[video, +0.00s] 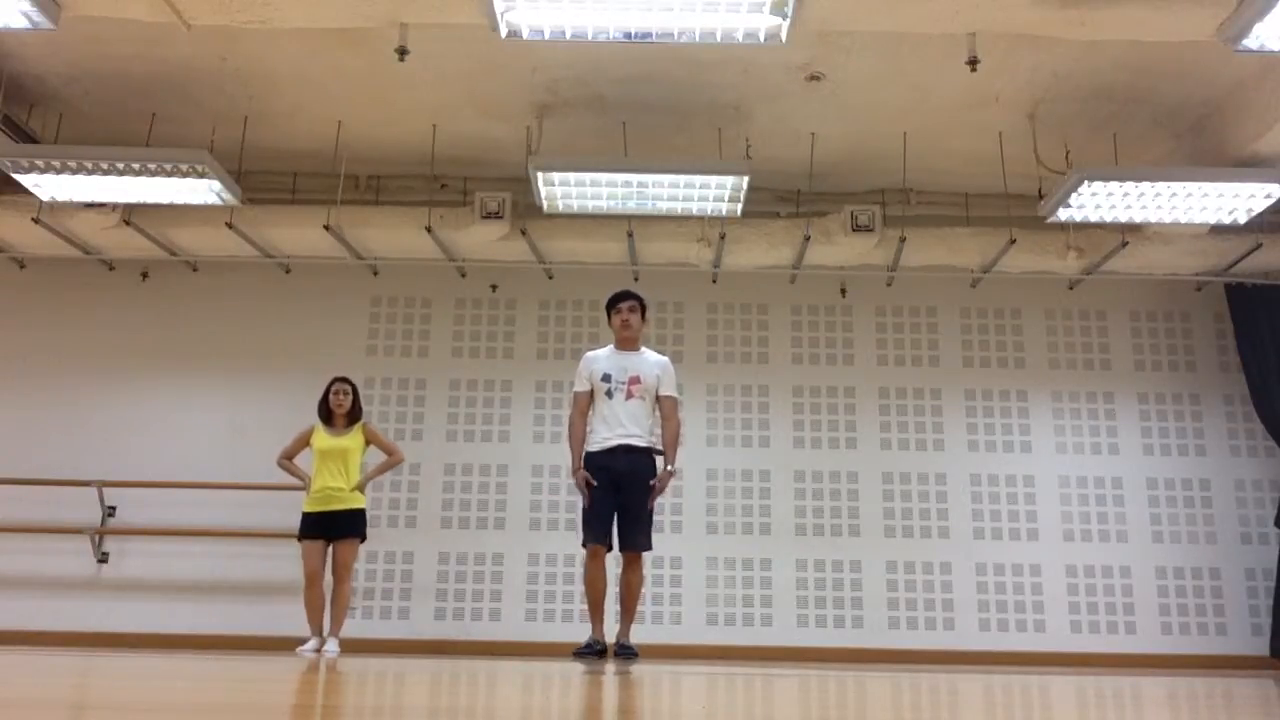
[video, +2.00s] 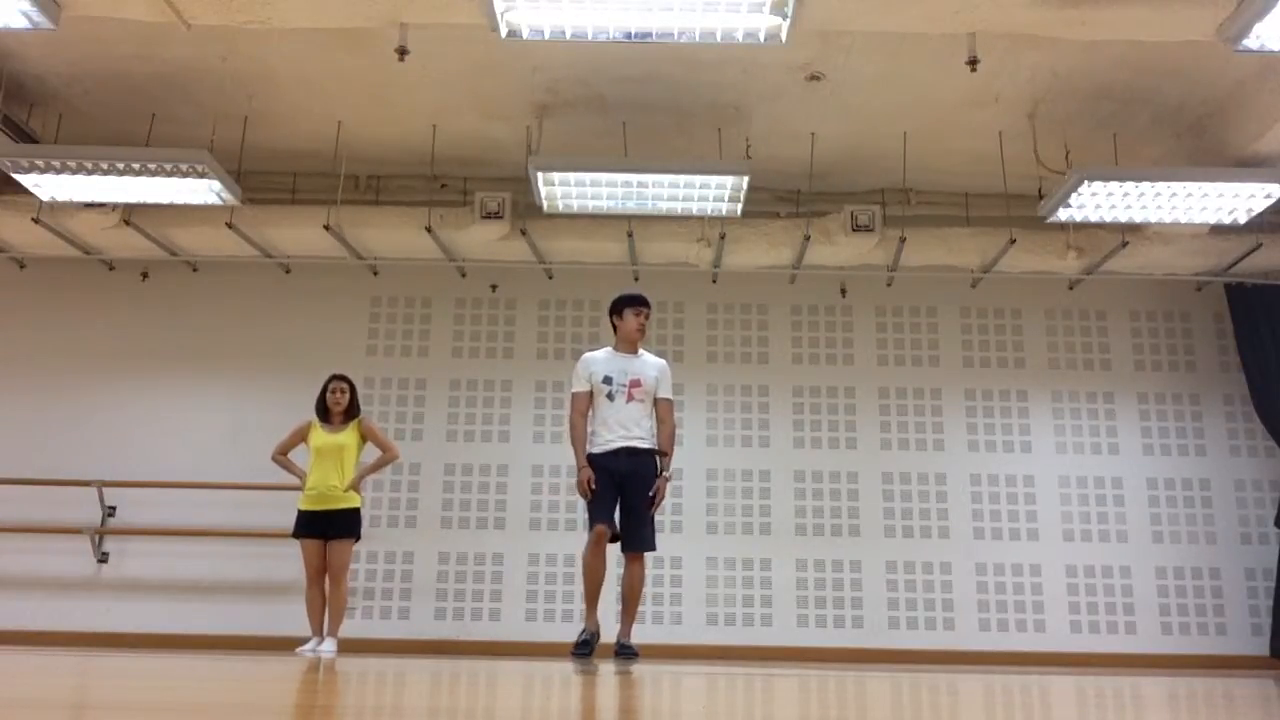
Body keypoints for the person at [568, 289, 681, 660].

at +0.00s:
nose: (625, 318)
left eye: (632, 312)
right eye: (619, 313)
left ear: (643, 320)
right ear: (610, 321)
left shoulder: (659, 364)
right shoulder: (592, 361)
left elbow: (670, 417)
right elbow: (578, 414)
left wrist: (669, 465)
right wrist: (577, 463)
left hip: (639, 461)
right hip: (599, 460)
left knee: (632, 552)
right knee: (595, 549)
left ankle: (624, 637)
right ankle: (597, 635)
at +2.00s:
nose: (643, 322)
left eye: (646, 317)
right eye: (636, 316)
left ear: (647, 324)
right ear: (616, 320)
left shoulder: (658, 367)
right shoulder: (591, 362)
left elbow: (666, 422)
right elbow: (578, 416)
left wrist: (664, 473)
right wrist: (582, 464)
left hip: (642, 462)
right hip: (601, 461)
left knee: (635, 550)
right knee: (599, 534)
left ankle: (624, 637)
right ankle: (590, 626)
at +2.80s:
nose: (588, 324)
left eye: (594, 315)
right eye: (584, 318)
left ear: (615, 317)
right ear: (583, 323)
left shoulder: (641, 361)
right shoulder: (574, 362)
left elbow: (654, 418)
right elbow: (562, 416)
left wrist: (651, 468)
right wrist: (555, 469)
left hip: (621, 462)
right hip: (578, 460)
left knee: (624, 552)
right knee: (556, 544)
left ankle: (623, 637)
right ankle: (533, 632)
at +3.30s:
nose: (535, 315)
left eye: (541, 307)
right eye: (534, 309)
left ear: (563, 309)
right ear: (541, 315)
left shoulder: (596, 351)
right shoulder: (532, 358)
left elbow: (606, 408)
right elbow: (518, 412)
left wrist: (593, 457)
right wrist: (508, 462)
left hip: (576, 457)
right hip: (533, 456)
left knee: (587, 542)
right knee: (530, 546)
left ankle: (608, 627)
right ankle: (528, 634)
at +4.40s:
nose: (591, 308)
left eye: (597, 302)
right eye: (584, 303)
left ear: (610, 311)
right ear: (575, 313)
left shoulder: (627, 357)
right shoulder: (557, 355)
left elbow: (638, 413)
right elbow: (541, 407)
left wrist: (634, 465)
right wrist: (533, 454)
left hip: (609, 459)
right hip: (564, 458)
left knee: (613, 550)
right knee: (545, 543)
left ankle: (612, 636)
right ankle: (531, 634)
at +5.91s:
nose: (590, 307)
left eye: (597, 302)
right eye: (584, 302)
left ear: (608, 311)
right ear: (574, 311)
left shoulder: (625, 357)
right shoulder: (556, 353)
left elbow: (638, 411)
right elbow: (543, 410)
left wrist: (637, 460)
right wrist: (537, 461)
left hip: (605, 457)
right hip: (560, 455)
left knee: (607, 549)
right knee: (546, 542)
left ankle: (609, 636)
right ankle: (537, 633)